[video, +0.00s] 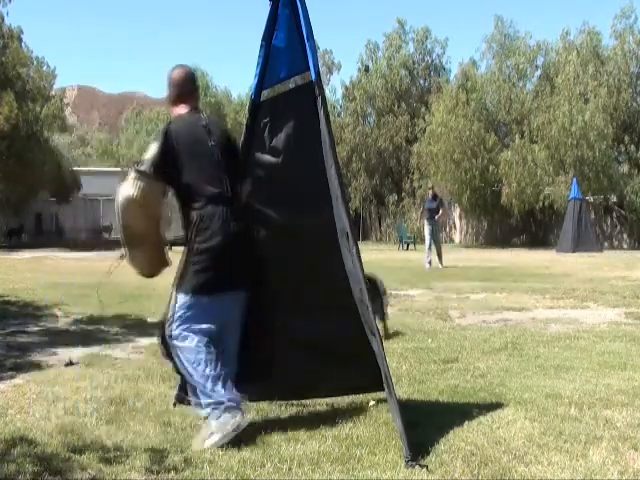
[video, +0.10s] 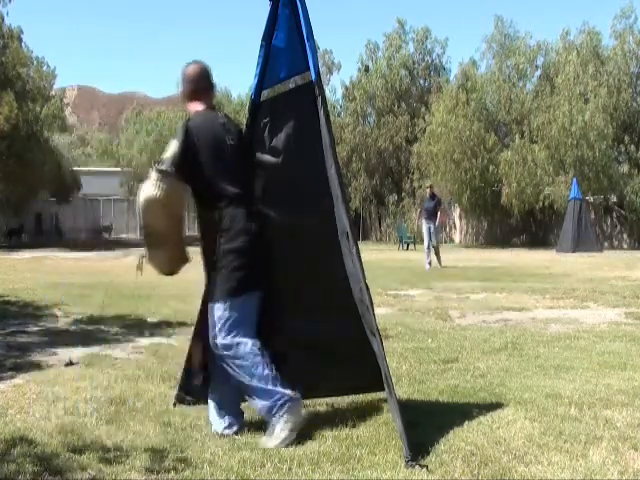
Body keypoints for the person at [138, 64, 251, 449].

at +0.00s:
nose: (169, 100)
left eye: (168, 94)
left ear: (169, 96)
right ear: (197, 93)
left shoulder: (173, 132)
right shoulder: (220, 131)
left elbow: (150, 184)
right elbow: (239, 176)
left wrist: (148, 245)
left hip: (209, 237)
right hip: (240, 236)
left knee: (182, 328)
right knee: (228, 327)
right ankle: (220, 408)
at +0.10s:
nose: (184, 96)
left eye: (183, 90)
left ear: (183, 93)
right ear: (213, 90)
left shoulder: (195, 129)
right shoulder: (230, 127)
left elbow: (169, 183)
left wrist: (166, 246)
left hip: (232, 234)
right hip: (239, 231)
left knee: (227, 333)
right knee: (223, 330)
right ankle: (225, 418)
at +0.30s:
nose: (211, 97)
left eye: (211, 92)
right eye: (215, 91)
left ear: (215, 92)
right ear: (241, 88)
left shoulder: (234, 130)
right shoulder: (254, 128)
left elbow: (211, 182)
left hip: (254, 243)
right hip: (264, 240)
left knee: (268, 329)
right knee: (238, 324)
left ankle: (308, 416)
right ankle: (239, 408)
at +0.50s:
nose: (230, 89)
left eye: (231, 83)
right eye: (231, 82)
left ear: (240, 84)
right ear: (258, 81)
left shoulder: (270, 121)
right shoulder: (261, 120)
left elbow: (252, 186)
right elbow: (252, 183)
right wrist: (246, 229)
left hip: (287, 236)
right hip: (268, 236)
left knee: (282, 327)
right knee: (264, 324)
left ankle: (309, 416)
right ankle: (277, 405)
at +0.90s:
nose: (254, 85)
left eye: (258, 77)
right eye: (253, 78)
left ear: (279, 75)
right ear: (271, 76)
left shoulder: (297, 114)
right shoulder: (271, 121)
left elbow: (306, 175)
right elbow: (271, 187)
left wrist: (265, 231)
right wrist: (255, 236)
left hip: (313, 236)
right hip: (281, 237)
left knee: (318, 323)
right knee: (281, 317)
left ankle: (336, 410)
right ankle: (282, 402)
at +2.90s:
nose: (281, 90)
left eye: (287, 82)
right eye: (278, 83)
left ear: (308, 82)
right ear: (279, 85)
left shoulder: (321, 124)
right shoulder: (285, 127)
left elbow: (328, 189)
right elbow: (284, 186)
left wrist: (294, 246)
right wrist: (280, 239)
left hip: (323, 237)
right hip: (289, 235)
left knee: (325, 320)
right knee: (285, 313)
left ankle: (342, 410)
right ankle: (284, 399)